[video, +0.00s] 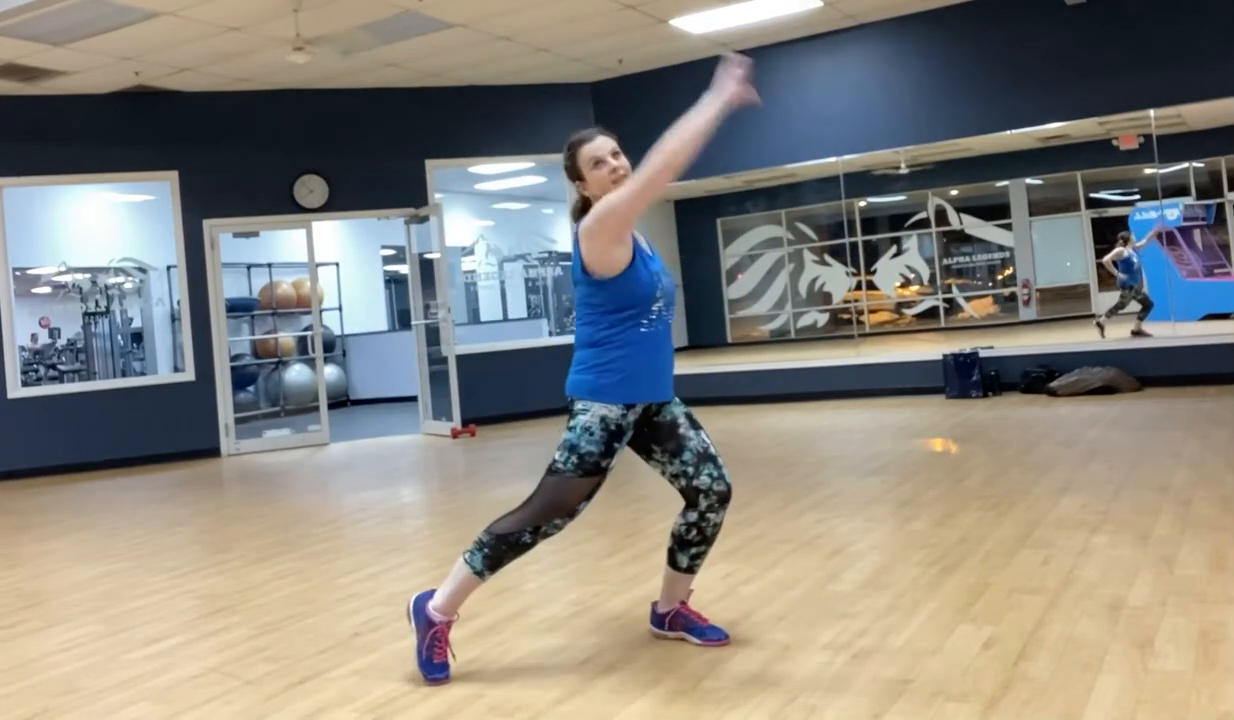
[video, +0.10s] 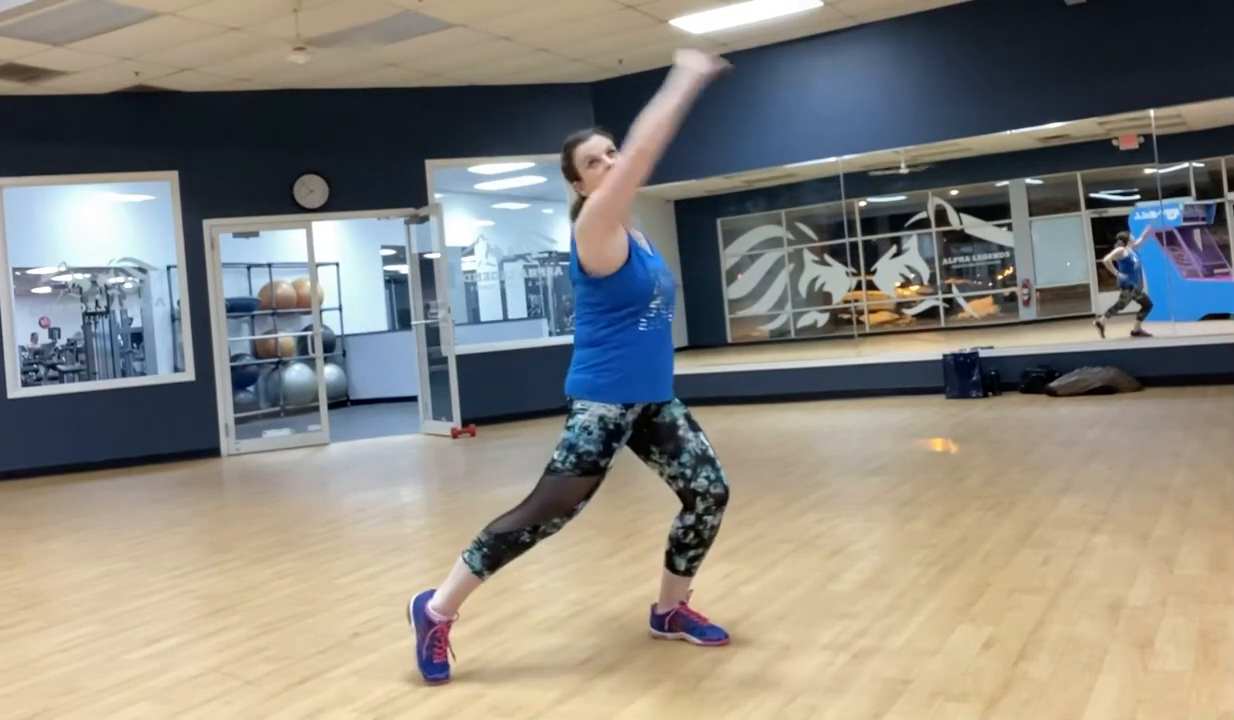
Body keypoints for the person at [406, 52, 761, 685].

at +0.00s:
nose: (617, 164)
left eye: (618, 154)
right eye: (601, 162)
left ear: (626, 160)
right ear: (580, 182)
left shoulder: (621, 224)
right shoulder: (600, 227)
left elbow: (667, 163)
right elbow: (665, 164)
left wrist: (713, 103)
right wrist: (719, 96)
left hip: (653, 399)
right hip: (605, 402)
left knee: (711, 489)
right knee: (552, 509)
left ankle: (672, 607)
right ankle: (437, 609)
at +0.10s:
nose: (610, 162)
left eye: (613, 153)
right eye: (595, 160)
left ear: (623, 164)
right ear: (578, 182)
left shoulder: (622, 229)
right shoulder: (594, 227)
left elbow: (642, 148)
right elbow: (641, 150)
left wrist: (681, 80)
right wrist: (687, 73)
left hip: (652, 399)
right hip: (602, 402)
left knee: (708, 491)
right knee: (551, 509)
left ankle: (671, 609)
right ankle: (435, 611)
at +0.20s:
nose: (607, 157)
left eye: (605, 149)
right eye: (594, 153)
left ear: (611, 165)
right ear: (575, 176)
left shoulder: (626, 226)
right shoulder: (584, 228)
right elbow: (596, 133)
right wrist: (613, 47)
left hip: (652, 399)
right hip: (599, 402)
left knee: (708, 494)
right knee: (544, 512)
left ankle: (671, 608)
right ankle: (437, 611)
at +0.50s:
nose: (583, 157)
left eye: (587, 148)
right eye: (567, 155)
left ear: (606, 161)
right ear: (557, 180)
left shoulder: (628, 223)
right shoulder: (571, 229)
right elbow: (535, 145)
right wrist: (512, 60)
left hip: (653, 397)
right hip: (595, 402)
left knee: (707, 496)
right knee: (539, 511)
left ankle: (671, 608)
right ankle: (437, 612)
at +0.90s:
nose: (578, 161)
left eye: (587, 152)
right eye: (567, 160)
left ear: (609, 164)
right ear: (561, 180)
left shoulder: (629, 224)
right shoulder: (563, 227)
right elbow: (494, 170)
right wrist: (430, 115)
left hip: (651, 394)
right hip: (588, 398)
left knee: (706, 496)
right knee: (537, 506)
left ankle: (671, 610)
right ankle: (433, 612)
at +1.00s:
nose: (580, 161)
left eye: (588, 151)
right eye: (568, 159)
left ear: (609, 161)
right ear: (561, 176)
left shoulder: (634, 226)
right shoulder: (562, 225)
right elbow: (488, 180)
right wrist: (428, 137)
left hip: (651, 394)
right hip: (587, 397)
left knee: (705, 496)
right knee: (535, 507)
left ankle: (670, 609)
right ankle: (434, 612)